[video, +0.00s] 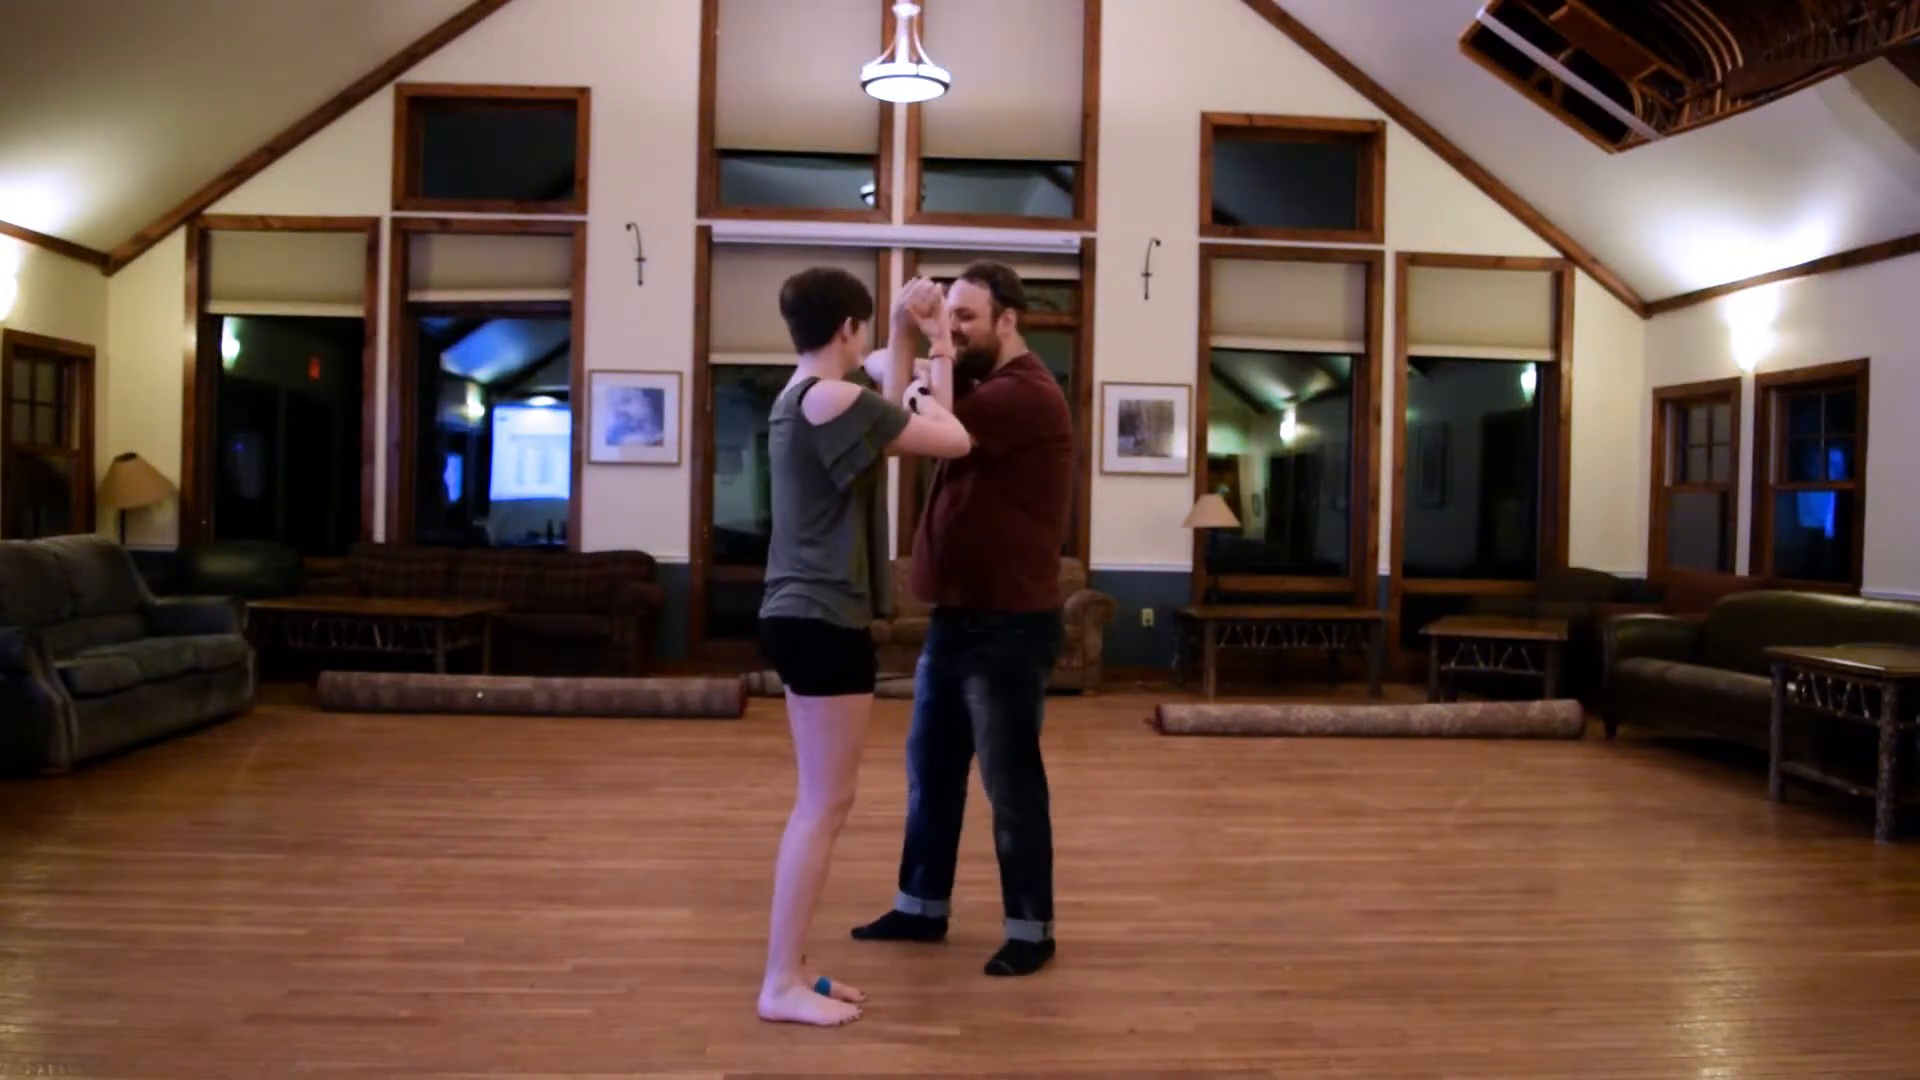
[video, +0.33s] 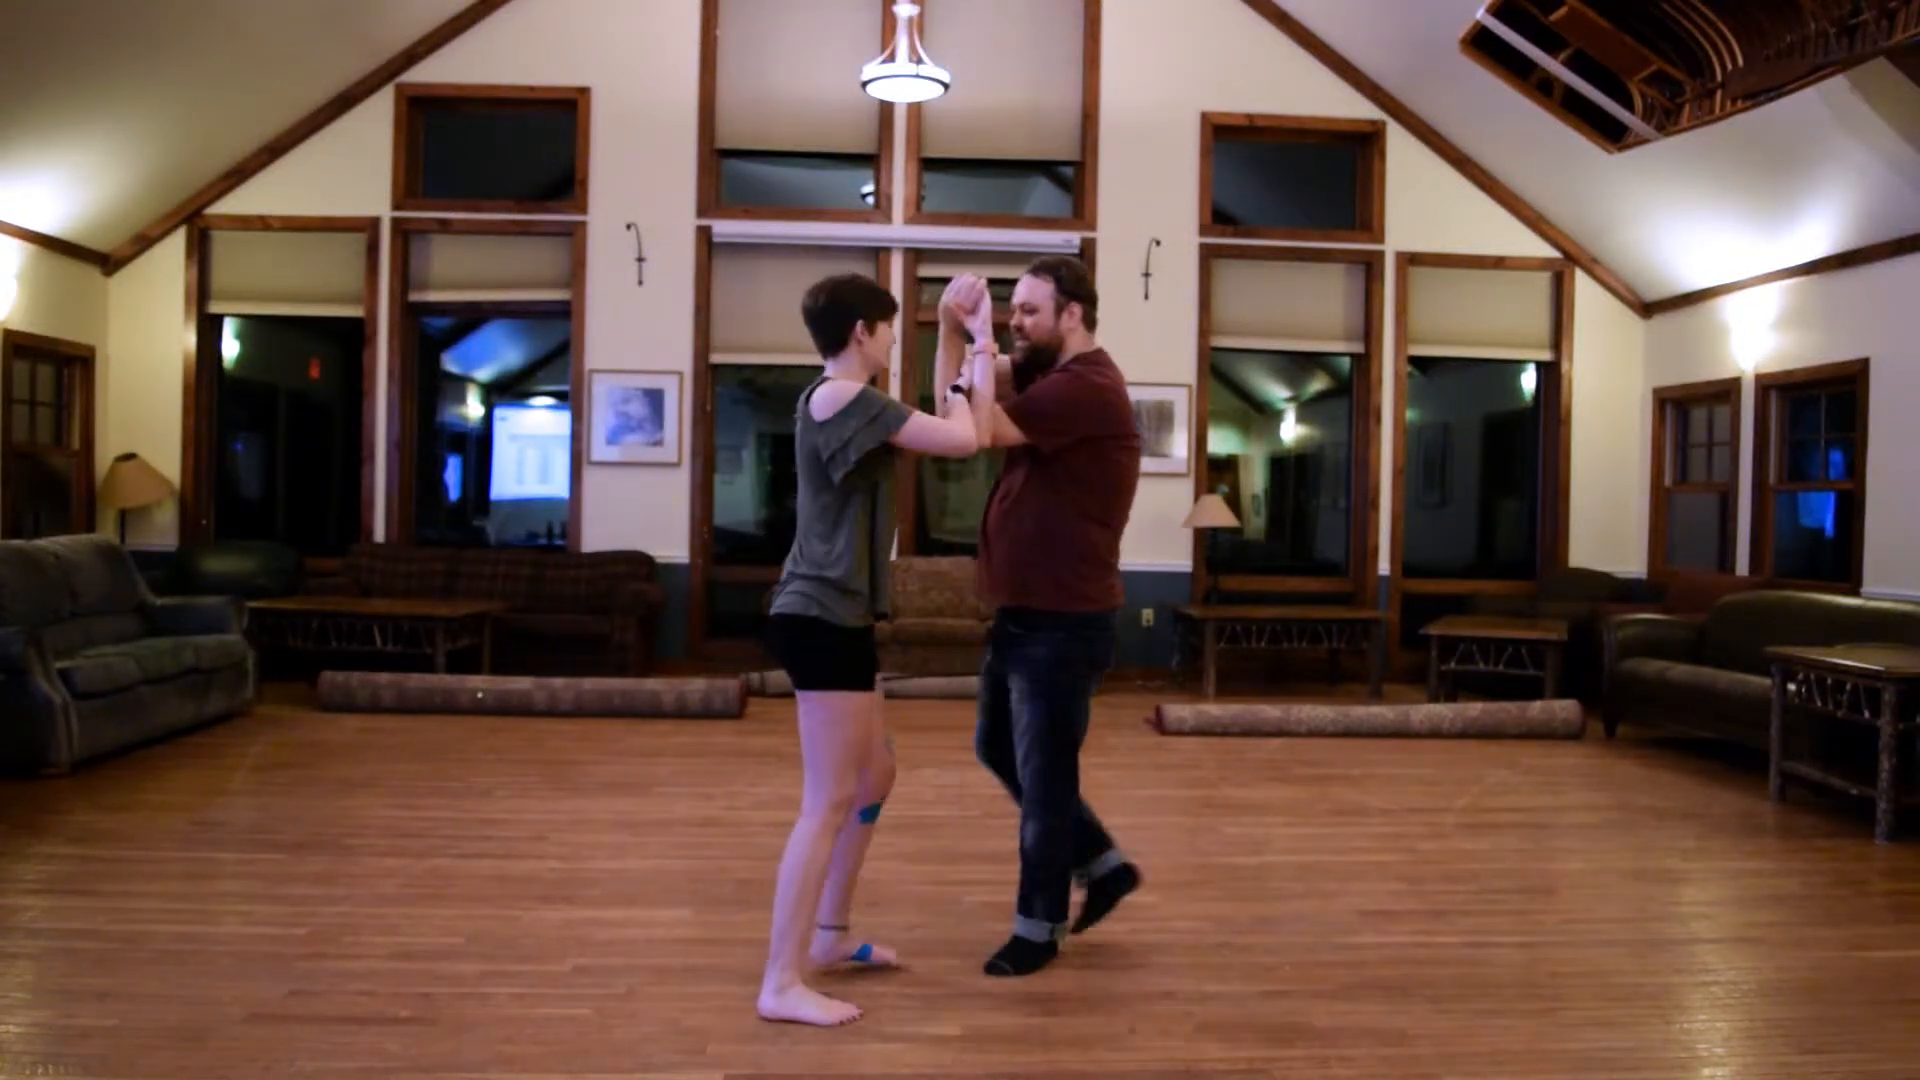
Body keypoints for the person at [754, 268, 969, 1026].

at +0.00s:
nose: (867, 337)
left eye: (867, 325)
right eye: (865, 327)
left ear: (804, 333)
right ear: (851, 331)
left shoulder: (799, 396)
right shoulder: (839, 400)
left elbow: (890, 408)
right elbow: (951, 436)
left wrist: (904, 335)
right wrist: (941, 354)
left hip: (800, 614)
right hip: (825, 621)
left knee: (819, 804)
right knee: (823, 808)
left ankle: (788, 973)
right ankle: (782, 985)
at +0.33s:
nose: (895, 341)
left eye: (894, 329)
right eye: (891, 328)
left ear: (843, 337)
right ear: (864, 335)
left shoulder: (836, 398)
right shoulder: (846, 405)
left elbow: (943, 428)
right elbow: (963, 438)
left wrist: (956, 355)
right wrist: (976, 363)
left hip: (834, 617)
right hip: (823, 621)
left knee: (875, 775)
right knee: (827, 802)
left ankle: (829, 939)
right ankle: (780, 984)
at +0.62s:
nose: (932, 351)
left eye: (932, 339)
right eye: (926, 338)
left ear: (883, 346)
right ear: (892, 344)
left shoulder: (863, 408)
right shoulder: (872, 414)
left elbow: (969, 445)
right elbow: (973, 453)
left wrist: (997, 366)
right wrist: (1010, 367)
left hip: (849, 619)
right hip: (858, 625)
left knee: (878, 786)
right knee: (921, 786)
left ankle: (849, 935)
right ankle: (824, 936)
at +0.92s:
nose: (998, 351)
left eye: (996, 338)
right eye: (990, 338)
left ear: (947, 347)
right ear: (956, 345)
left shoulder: (926, 410)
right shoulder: (934, 418)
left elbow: (1033, 438)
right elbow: (1033, 456)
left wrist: (1051, 349)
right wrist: (1063, 383)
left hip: (909, 619)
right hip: (917, 626)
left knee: (902, 782)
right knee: (981, 782)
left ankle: (847, 932)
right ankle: (1030, 955)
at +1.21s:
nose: (1063, 357)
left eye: (1062, 345)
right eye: (1059, 345)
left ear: (1015, 352)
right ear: (1032, 350)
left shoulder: (990, 418)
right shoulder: (1015, 425)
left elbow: (1102, 448)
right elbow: (1123, 462)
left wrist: (1111, 363)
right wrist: (1145, 372)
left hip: (999, 623)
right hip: (1020, 629)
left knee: (1020, 797)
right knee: (1067, 791)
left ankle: (902, 890)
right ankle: (1056, 969)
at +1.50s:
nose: (1137, 347)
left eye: (1136, 335)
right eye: (1133, 335)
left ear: (1084, 344)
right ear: (1108, 341)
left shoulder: (1072, 408)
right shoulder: (1097, 414)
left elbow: (1178, 443)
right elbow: (1209, 452)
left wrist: (1185, 364)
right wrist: (1217, 374)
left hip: (1107, 623)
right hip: (1078, 627)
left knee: (1158, 784)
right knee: (1091, 797)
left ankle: (1123, 950)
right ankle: (1056, 970)